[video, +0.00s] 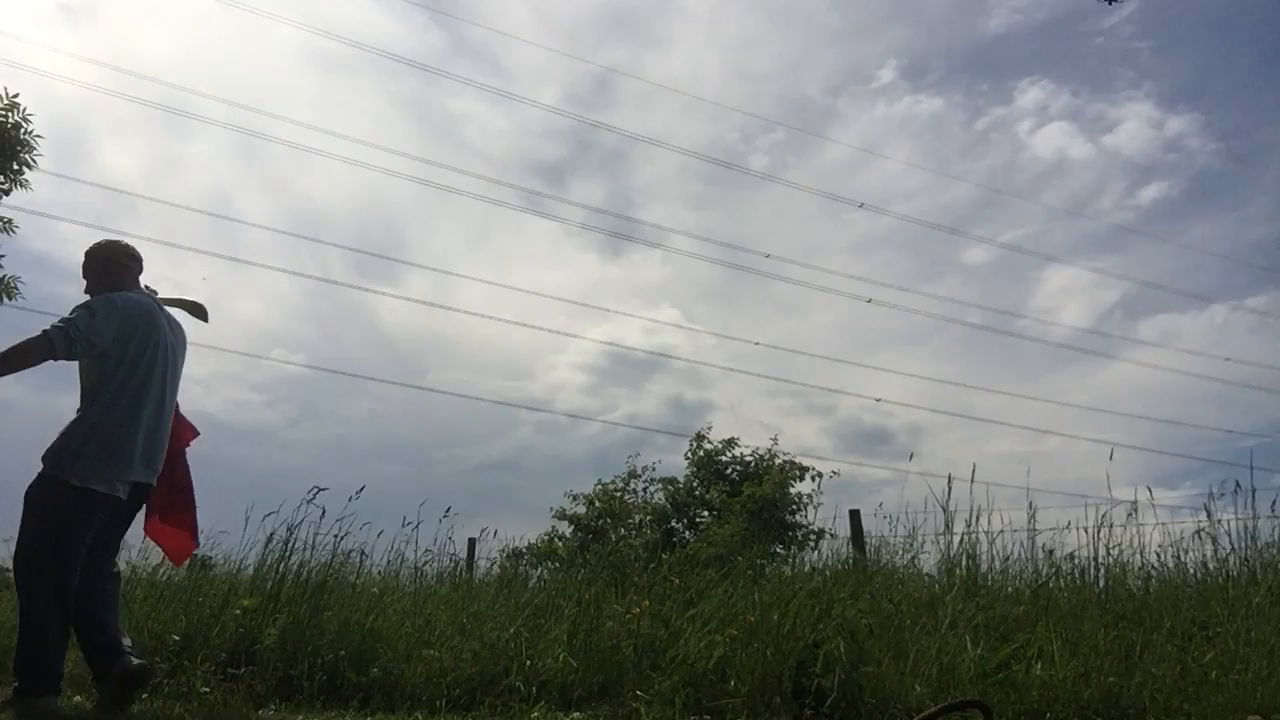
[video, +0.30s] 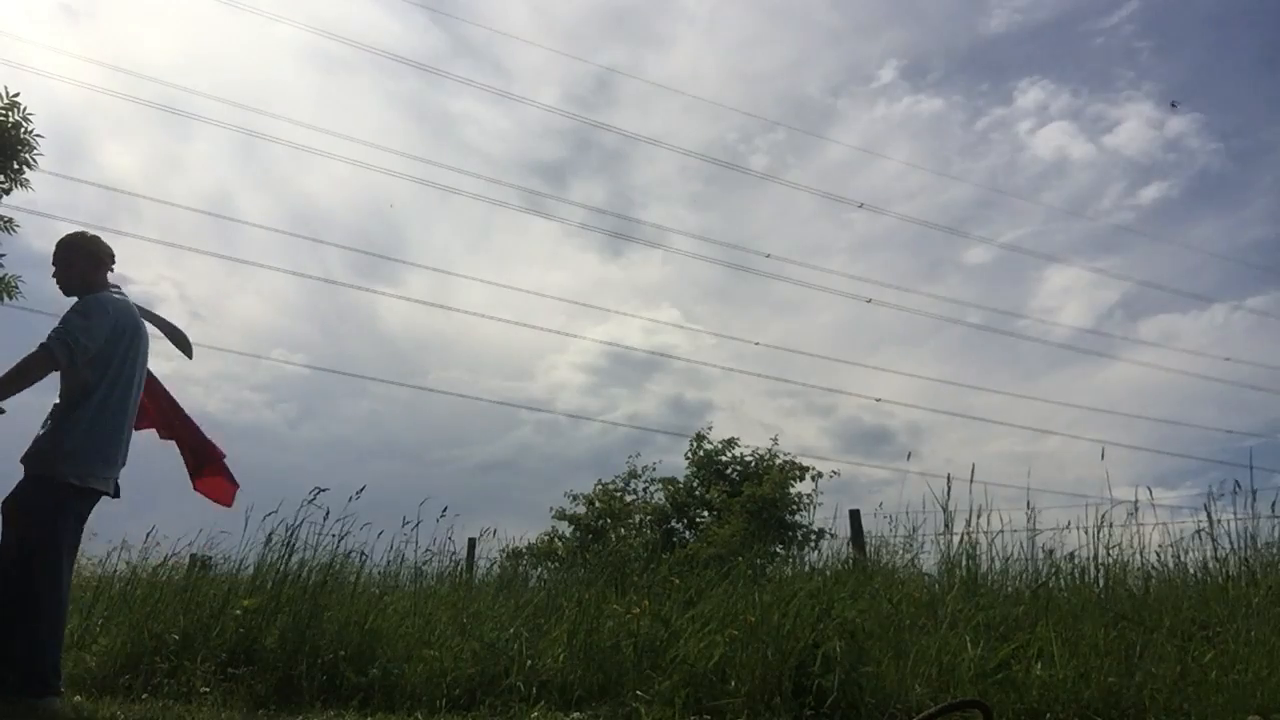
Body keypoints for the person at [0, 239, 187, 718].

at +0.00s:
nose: (85, 287)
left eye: (87, 278)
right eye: (86, 279)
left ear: (100, 273)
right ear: (139, 274)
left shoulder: (109, 309)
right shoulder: (175, 328)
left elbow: (45, 345)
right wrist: (157, 299)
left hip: (87, 461)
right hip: (139, 472)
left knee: (39, 564)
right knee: (95, 566)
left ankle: (37, 689)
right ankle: (116, 665)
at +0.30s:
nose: (55, 274)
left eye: (62, 264)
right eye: (55, 265)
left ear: (91, 264)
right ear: (103, 268)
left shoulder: (96, 306)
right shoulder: (130, 316)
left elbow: (44, 360)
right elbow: (143, 389)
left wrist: (1, 392)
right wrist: (180, 429)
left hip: (65, 463)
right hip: (93, 469)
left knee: (32, 564)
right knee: (44, 569)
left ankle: (32, 686)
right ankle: (36, 684)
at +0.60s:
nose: (54, 274)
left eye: (62, 264)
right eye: (51, 265)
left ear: (86, 270)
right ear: (55, 275)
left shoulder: (103, 317)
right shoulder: (63, 329)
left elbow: (113, 359)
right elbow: (24, 357)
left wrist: (108, 397)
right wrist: (34, 296)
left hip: (60, 467)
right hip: (27, 463)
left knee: (25, 572)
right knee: (16, 571)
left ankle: (30, 684)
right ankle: (26, 680)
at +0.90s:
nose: (50, 267)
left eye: (62, 259)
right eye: (49, 260)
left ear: (90, 269)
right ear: (50, 270)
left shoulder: (105, 314)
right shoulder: (48, 327)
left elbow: (148, 371)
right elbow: (11, 355)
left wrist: (193, 422)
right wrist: (17, 296)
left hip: (61, 460)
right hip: (23, 458)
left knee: (39, 561)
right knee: (16, 569)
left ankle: (99, 663)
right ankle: (6, 684)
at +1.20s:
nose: (96, 272)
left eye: (108, 264)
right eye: (91, 264)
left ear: (130, 274)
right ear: (84, 275)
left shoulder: (154, 328)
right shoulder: (65, 327)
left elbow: (202, 361)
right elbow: (36, 380)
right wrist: (12, 321)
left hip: (97, 478)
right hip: (35, 472)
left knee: (84, 578)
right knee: (9, 580)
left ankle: (101, 695)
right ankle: (4, 688)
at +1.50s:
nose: (131, 261)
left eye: (142, 253)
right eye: (125, 254)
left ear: (167, 262)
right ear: (119, 263)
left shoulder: (188, 307)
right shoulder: (98, 309)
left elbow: (144, 306)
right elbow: (129, 361)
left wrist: (80, 294)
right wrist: (202, 384)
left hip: (132, 459)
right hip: (70, 455)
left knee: (118, 568)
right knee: (54, 568)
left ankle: (106, 686)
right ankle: (68, 686)